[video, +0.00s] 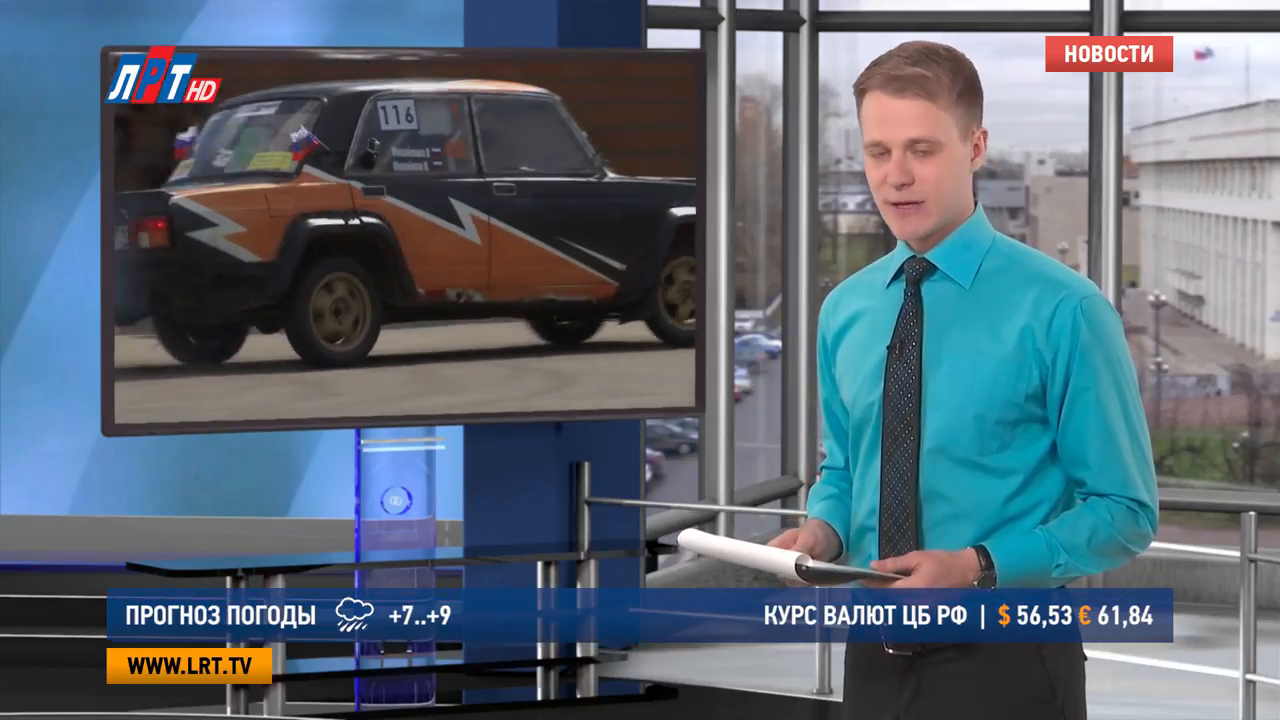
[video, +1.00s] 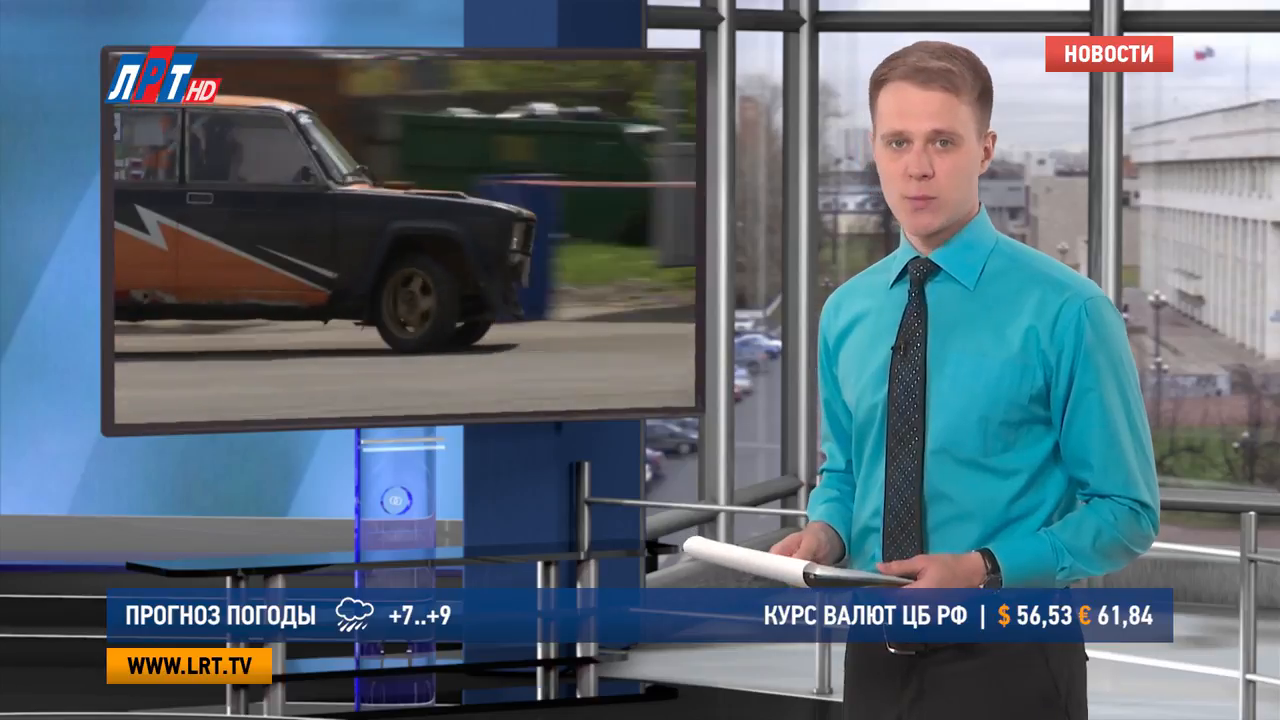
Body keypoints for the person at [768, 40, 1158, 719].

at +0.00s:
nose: (897, 176)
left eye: (922, 149)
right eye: (879, 152)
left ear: (975, 148)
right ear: (862, 158)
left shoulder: (1064, 309)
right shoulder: (845, 309)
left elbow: (1126, 509)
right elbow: (841, 470)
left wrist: (979, 566)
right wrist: (818, 531)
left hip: (1005, 662)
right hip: (875, 659)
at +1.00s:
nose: (917, 167)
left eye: (942, 142)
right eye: (898, 142)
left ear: (985, 150)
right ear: (874, 151)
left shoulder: (1067, 309)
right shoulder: (846, 311)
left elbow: (1127, 509)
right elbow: (842, 473)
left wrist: (986, 568)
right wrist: (821, 534)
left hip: (1009, 659)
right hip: (876, 656)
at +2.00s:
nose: (901, 168)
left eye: (928, 142)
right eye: (886, 145)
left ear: (985, 146)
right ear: (871, 151)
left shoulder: (1073, 310)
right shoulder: (850, 310)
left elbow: (1131, 511)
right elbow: (843, 470)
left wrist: (990, 566)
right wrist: (823, 531)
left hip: (1010, 660)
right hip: (877, 656)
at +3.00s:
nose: (925, 165)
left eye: (949, 141)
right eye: (904, 141)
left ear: (987, 149)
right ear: (875, 150)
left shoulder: (1067, 305)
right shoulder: (843, 309)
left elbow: (1127, 505)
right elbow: (838, 471)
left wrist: (984, 563)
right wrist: (815, 531)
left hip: (1012, 659)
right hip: (878, 656)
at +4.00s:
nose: (932, 142)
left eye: (955, 125)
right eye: (910, 122)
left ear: (986, 149)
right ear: (874, 147)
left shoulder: (1061, 308)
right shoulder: (833, 311)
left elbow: (1124, 508)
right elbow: (830, 472)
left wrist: (983, 567)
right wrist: (813, 534)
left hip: (1005, 662)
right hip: (870, 660)